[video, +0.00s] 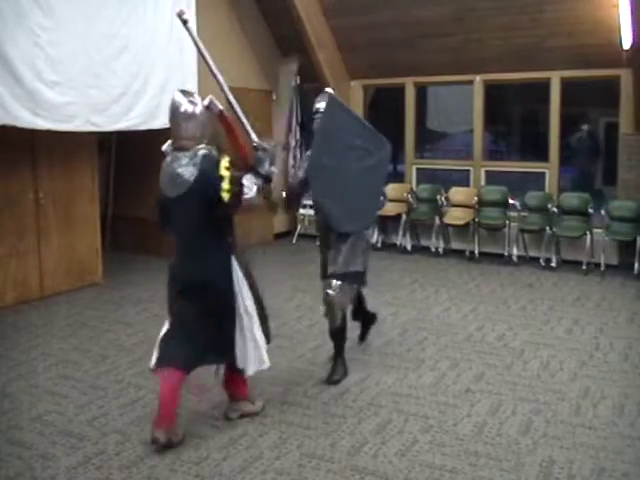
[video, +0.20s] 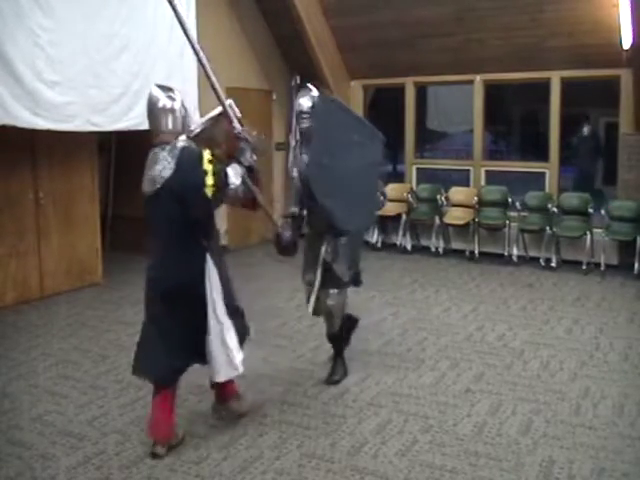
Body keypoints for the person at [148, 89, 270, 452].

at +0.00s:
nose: (208, 128)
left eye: (196, 124)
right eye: (207, 124)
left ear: (175, 134)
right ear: (207, 132)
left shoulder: (168, 167)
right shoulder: (214, 164)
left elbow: (163, 215)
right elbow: (228, 203)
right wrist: (249, 175)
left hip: (184, 262)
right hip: (218, 261)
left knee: (180, 333)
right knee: (236, 324)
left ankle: (164, 423)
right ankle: (239, 398)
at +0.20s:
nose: (189, 122)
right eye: (185, 116)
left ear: (152, 126)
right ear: (181, 123)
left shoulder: (152, 162)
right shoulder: (193, 158)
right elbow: (202, 207)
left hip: (163, 266)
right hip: (197, 263)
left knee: (166, 342)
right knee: (219, 324)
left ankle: (161, 435)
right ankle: (226, 394)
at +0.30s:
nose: (187, 118)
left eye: (182, 114)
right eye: (184, 113)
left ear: (150, 122)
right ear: (181, 118)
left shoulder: (152, 159)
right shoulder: (189, 156)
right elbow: (236, 200)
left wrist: (226, 163)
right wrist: (241, 164)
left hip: (162, 263)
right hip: (196, 261)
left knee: (161, 338)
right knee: (213, 326)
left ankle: (161, 433)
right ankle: (219, 402)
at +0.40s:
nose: (185, 114)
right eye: (183, 109)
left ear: (148, 118)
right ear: (182, 114)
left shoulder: (149, 157)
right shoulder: (190, 155)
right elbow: (225, 209)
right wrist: (240, 172)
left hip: (160, 265)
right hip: (195, 264)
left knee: (161, 344)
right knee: (214, 335)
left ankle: (161, 435)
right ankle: (217, 422)